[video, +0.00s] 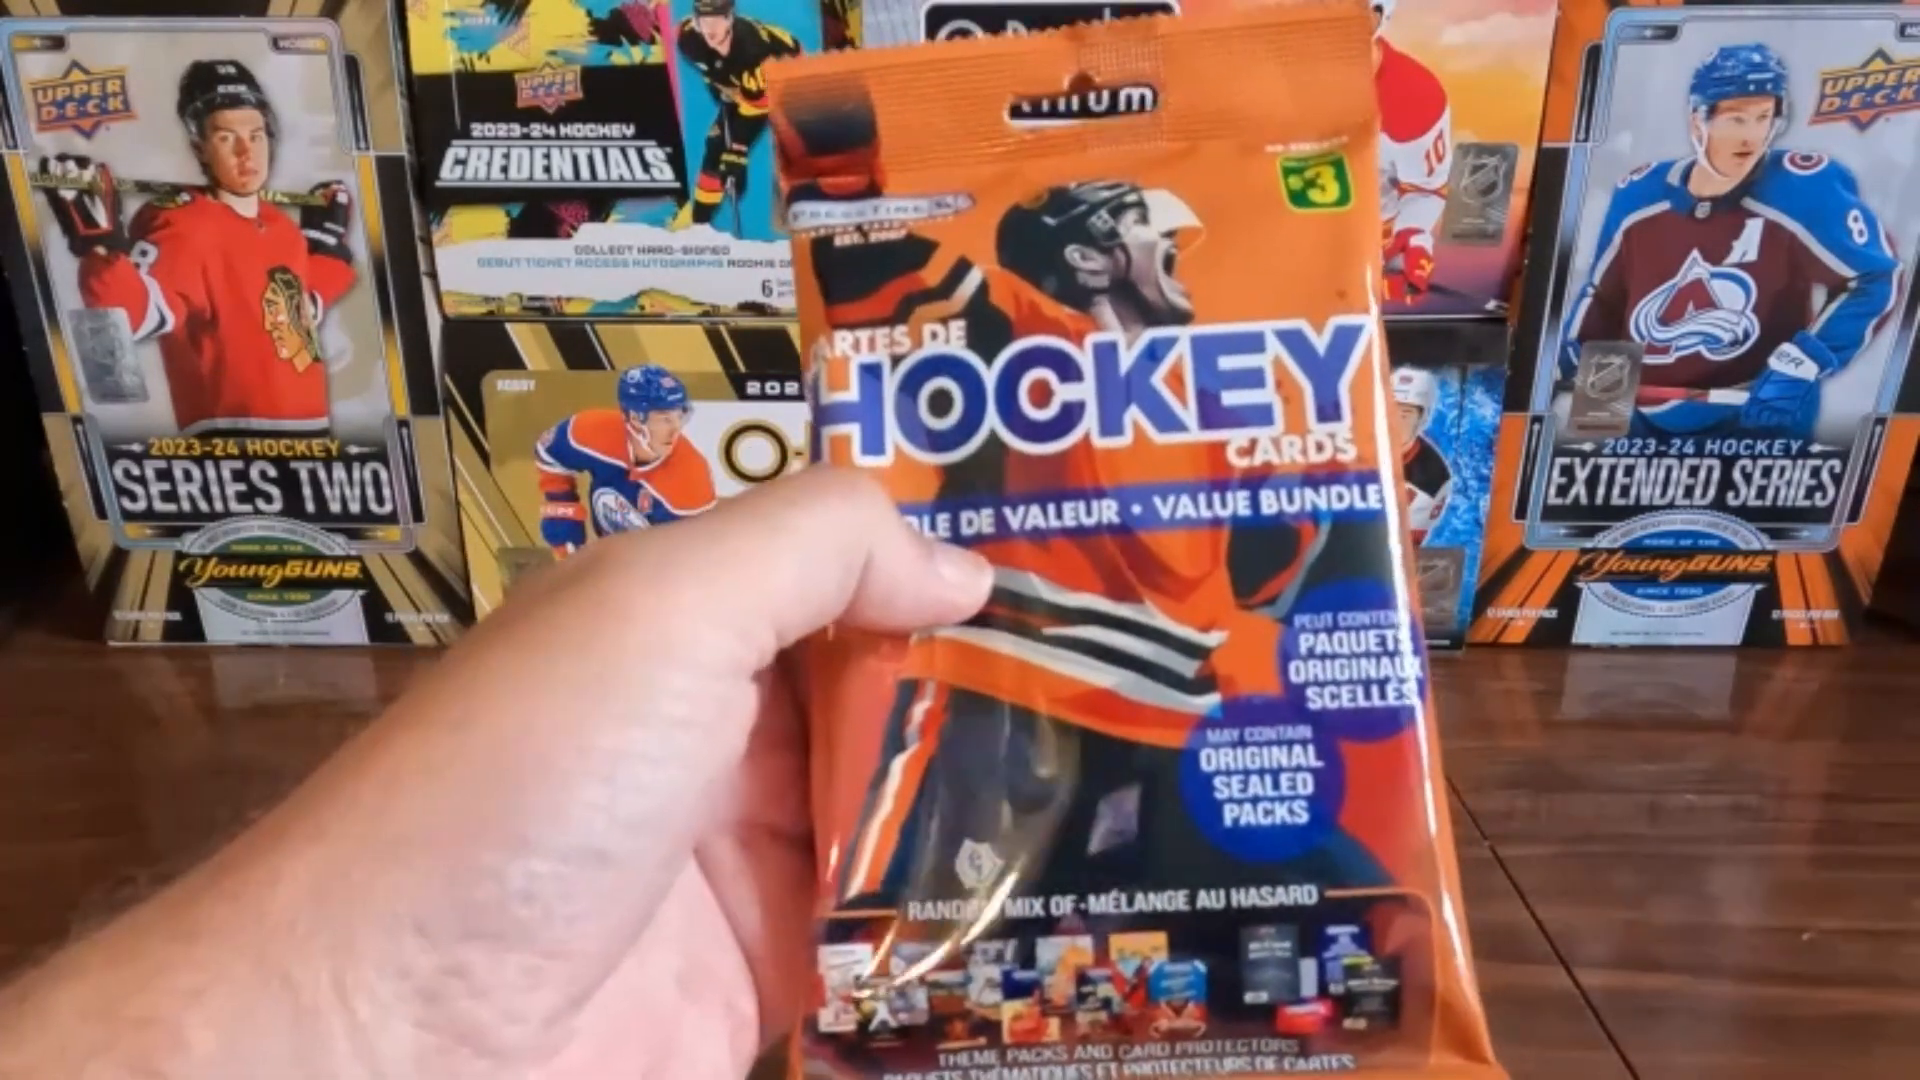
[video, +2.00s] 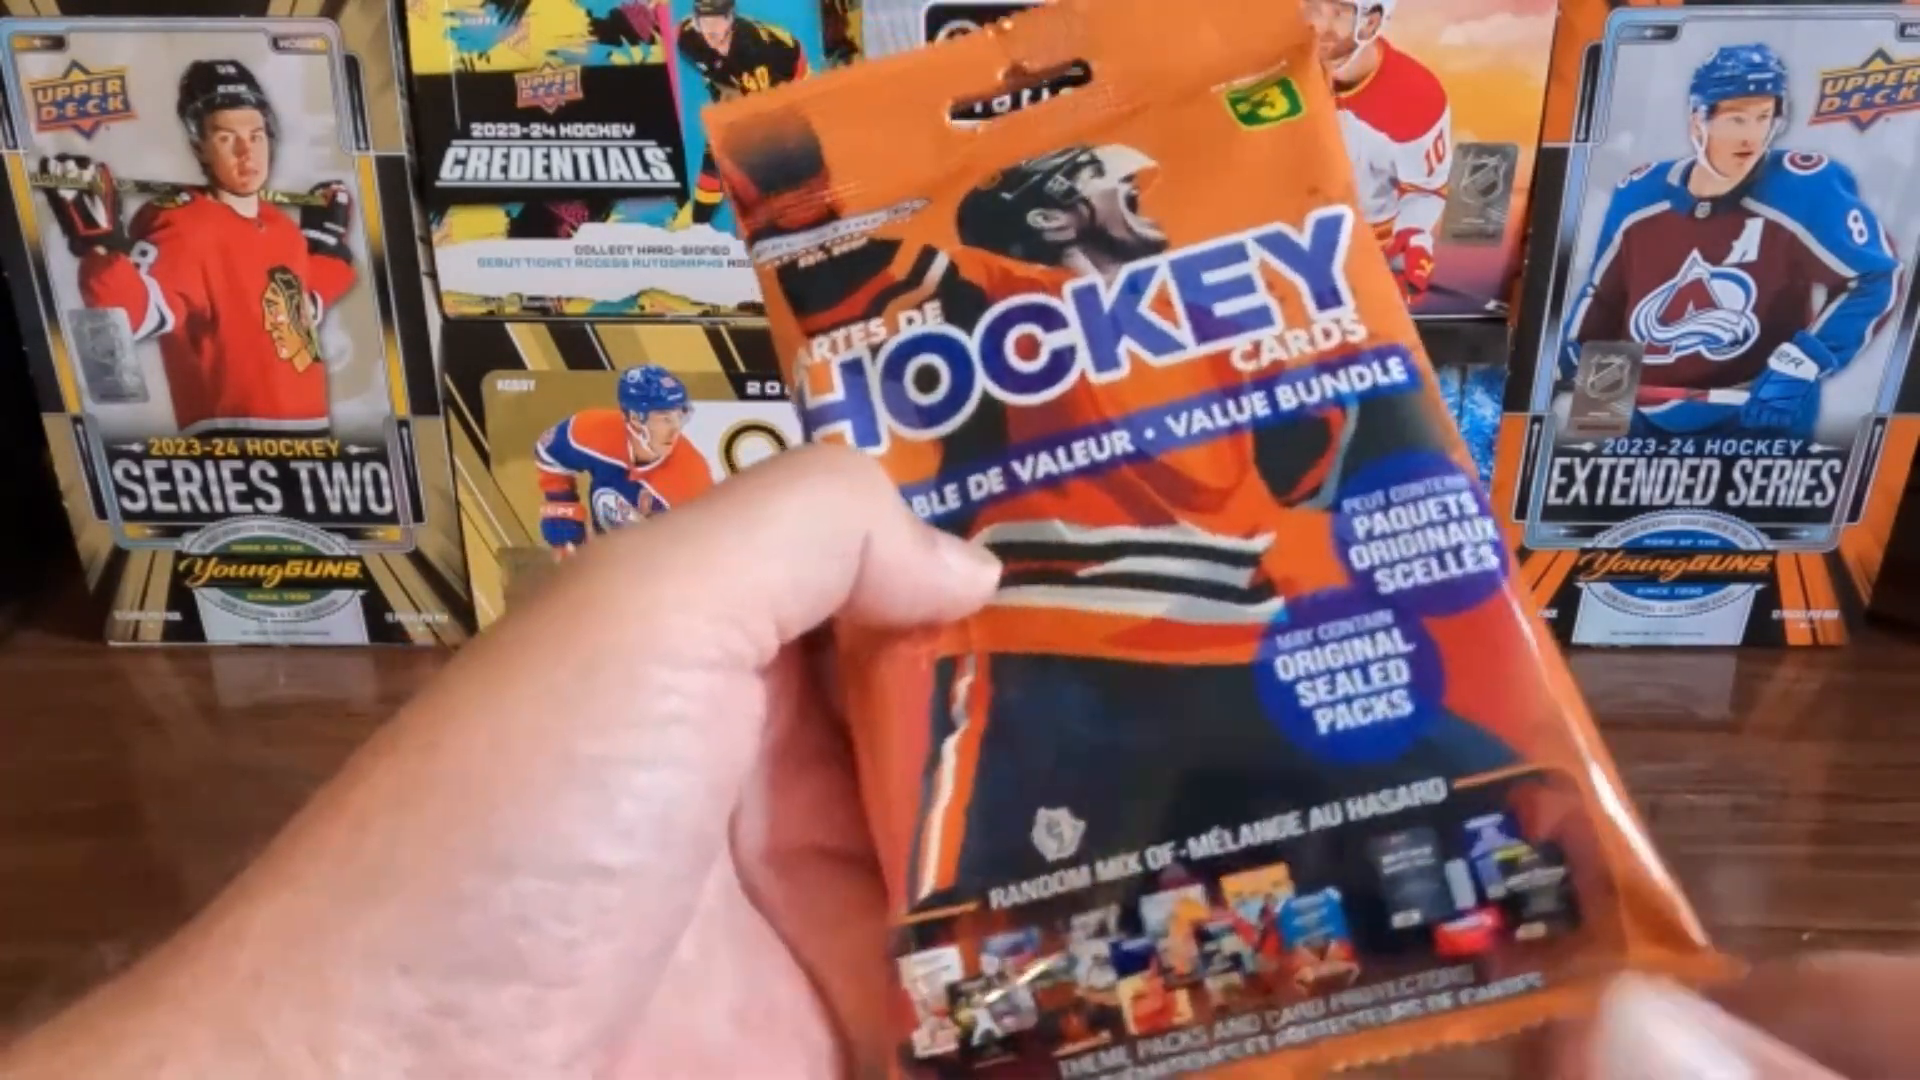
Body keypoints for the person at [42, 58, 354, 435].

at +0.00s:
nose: (247, 152)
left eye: (256, 135)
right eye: (227, 138)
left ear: (270, 140)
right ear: (201, 149)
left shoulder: (282, 228)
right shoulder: (184, 226)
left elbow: (301, 306)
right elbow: (141, 315)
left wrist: (334, 251)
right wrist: (101, 250)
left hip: (307, 432)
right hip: (230, 439)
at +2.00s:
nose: (247, 153)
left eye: (256, 135)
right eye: (228, 139)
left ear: (270, 139)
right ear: (200, 150)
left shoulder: (283, 228)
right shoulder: (184, 226)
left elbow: (302, 305)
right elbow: (141, 315)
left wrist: (335, 252)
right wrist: (100, 250)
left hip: (307, 433)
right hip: (230, 440)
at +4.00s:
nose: (246, 150)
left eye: (256, 134)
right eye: (227, 138)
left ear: (270, 139)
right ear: (200, 147)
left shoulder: (280, 225)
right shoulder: (183, 226)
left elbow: (301, 308)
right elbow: (139, 315)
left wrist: (333, 250)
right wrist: (99, 246)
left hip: (308, 424)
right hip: (232, 435)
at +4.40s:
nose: (246, 153)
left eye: (256, 136)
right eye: (226, 138)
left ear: (271, 141)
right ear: (200, 148)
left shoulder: (284, 226)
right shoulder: (183, 227)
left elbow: (316, 318)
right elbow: (139, 319)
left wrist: (330, 244)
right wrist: (101, 248)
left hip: (300, 417)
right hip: (217, 421)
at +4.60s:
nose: (246, 154)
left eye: (255, 135)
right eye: (227, 139)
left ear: (269, 138)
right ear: (200, 148)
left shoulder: (296, 215)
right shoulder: (177, 224)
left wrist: (333, 216)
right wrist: (100, 244)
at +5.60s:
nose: (247, 153)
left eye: (256, 136)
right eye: (228, 139)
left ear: (270, 141)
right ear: (201, 150)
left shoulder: (284, 229)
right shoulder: (179, 228)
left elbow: (312, 318)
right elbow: (153, 334)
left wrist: (331, 252)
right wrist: (102, 254)